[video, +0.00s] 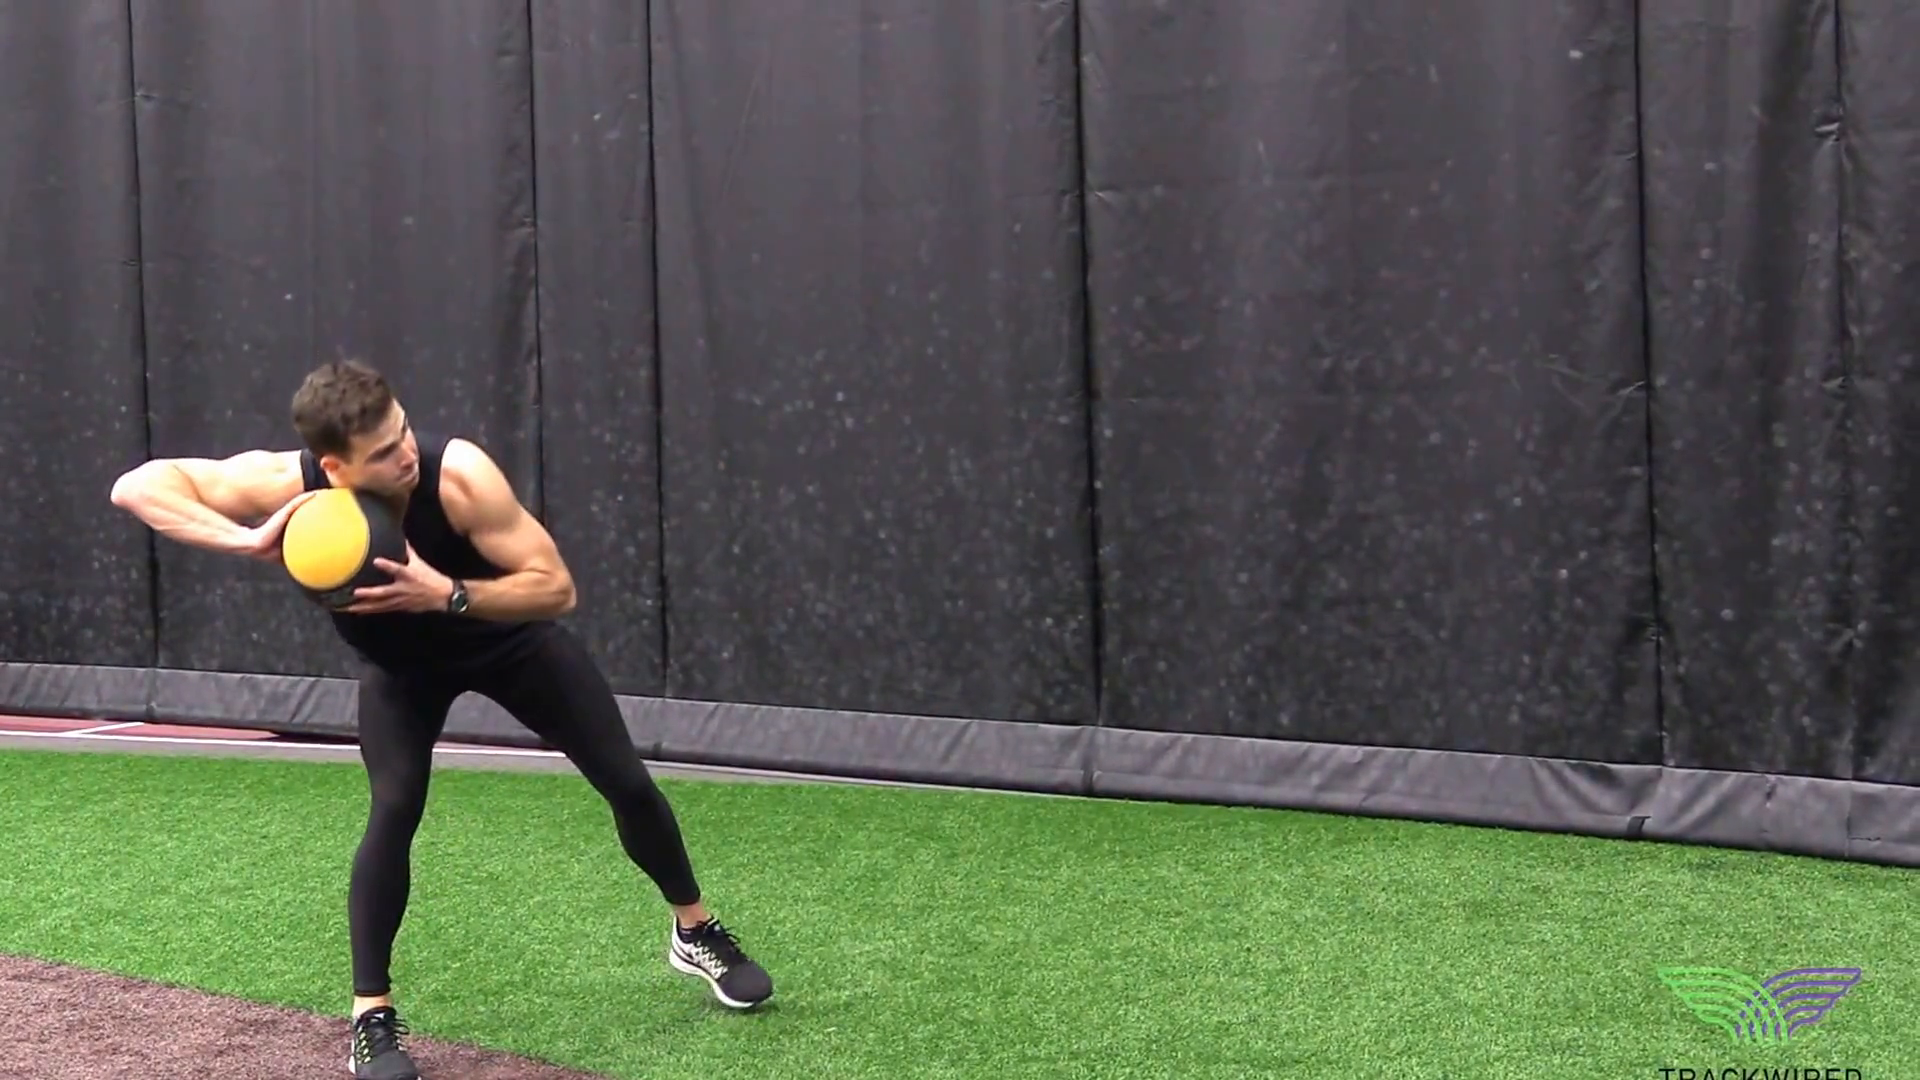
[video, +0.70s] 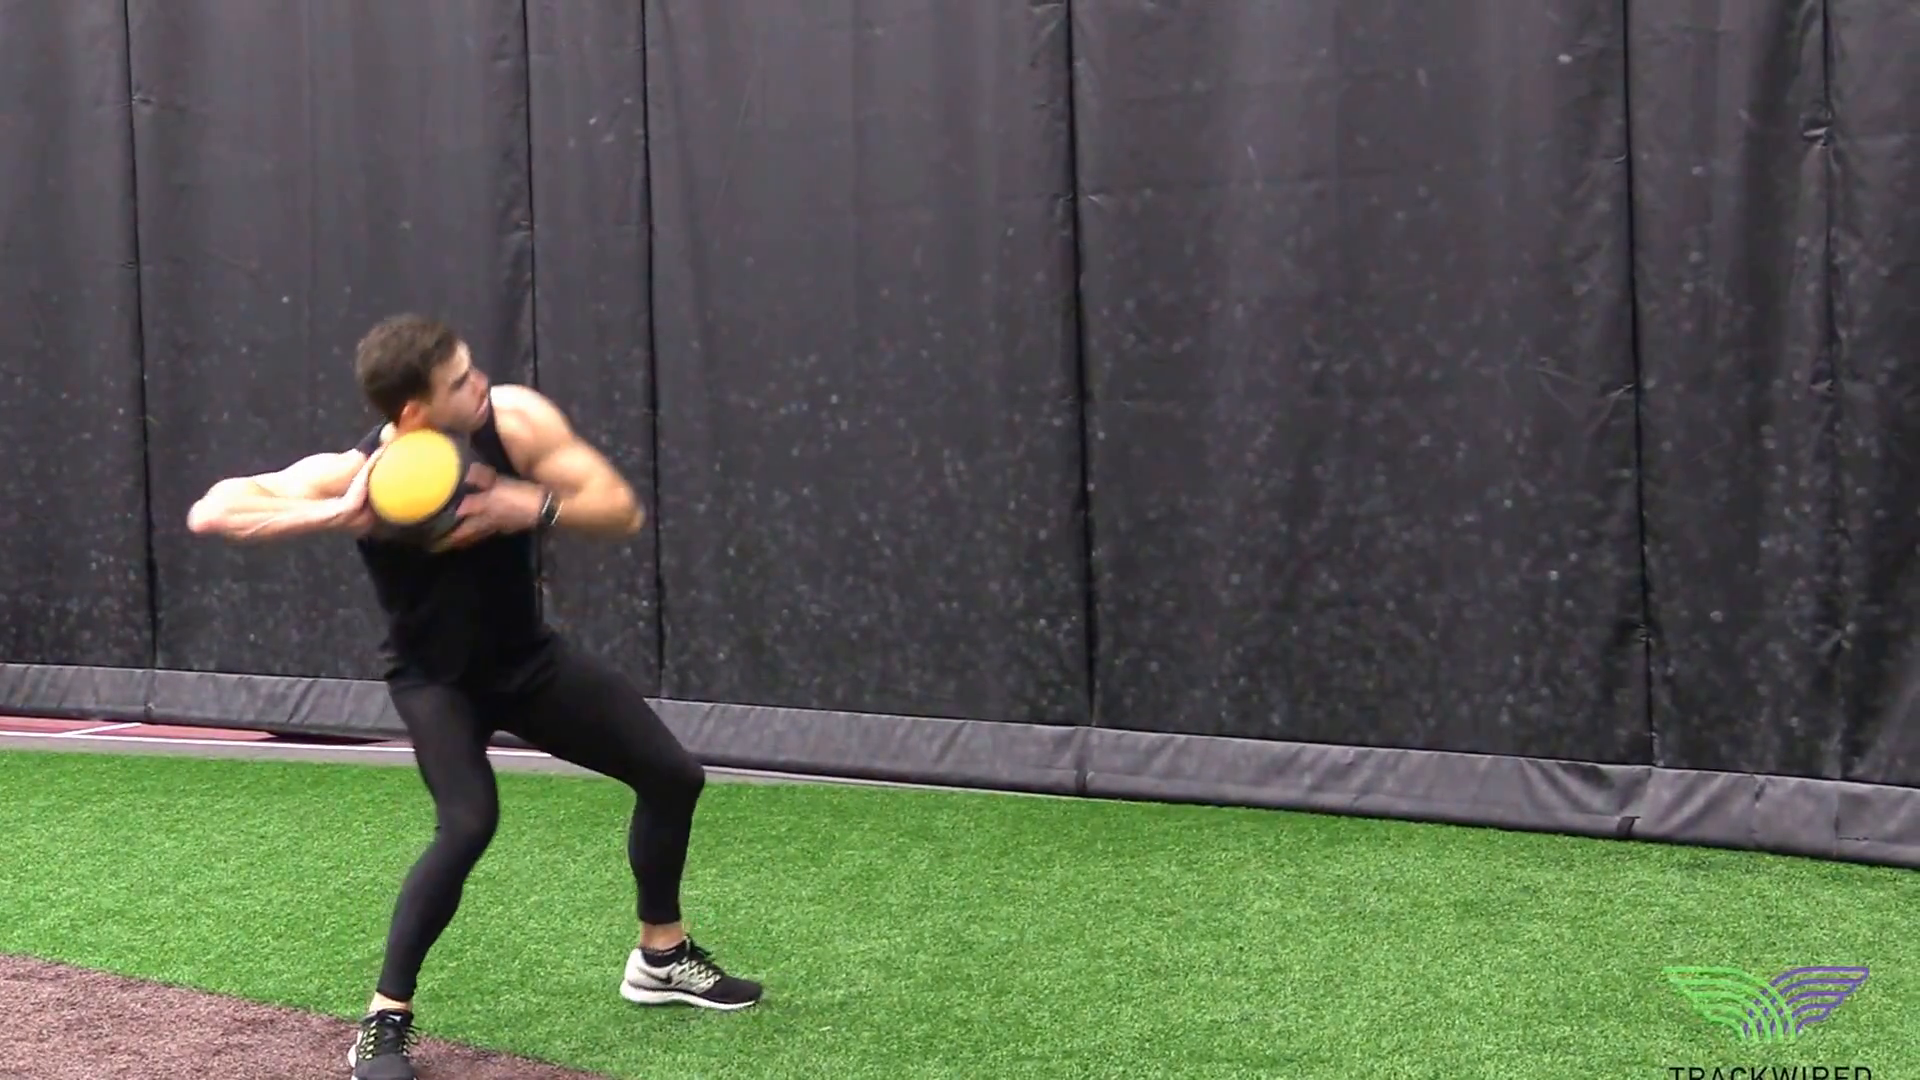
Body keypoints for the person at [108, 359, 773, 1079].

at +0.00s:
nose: (407, 454)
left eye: (405, 434)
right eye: (384, 453)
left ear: (408, 414)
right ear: (331, 465)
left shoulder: (462, 474)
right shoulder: (288, 484)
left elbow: (556, 589)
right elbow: (135, 486)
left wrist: (449, 593)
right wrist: (240, 539)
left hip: (516, 639)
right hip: (402, 663)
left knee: (628, 781)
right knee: (395, 806)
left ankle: (699, 929)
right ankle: (373, 1013)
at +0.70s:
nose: (480, 385)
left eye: (473, 370)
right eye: (459, 383)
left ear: (474, 365)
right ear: (412, 413)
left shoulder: (519, 419)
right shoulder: (358, 473)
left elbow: (622, 509)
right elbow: (209, 513)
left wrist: (536, 506)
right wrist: (333, 514)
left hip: (531, 660)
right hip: (435, 682)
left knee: (673, 775)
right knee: (469, 820)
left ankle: (662, 954)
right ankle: (388, 1016)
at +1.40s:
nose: (539, 206)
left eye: (528, 199)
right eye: (533, 200)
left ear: (460, 257)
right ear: (526, 224)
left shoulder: (447, 356)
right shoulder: (584, 257)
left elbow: (493, 434)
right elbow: (625, 164)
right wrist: (627, 146)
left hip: (560, 576)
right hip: (638, 558)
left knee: (615, 771)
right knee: (656, 767)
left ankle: (653, 965)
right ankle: (541, 941)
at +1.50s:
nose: (563, 209)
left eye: (548, 202)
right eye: (554, 204)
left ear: (478, 250)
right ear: (547, 224)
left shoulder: (469, 353)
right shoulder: (605, 269)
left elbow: (473, 449)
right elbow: (575, 286)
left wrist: (494, 324)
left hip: (578, 577)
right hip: (659, 563)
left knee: (622, 773)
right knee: (663, 770)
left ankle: (656, 963)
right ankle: (576, 945)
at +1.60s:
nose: (577, 207)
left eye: (565, 200)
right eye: (570, 202)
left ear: (496, 249)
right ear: (567, 226)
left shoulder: (495, 346)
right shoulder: (621, 273)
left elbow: (471, 462)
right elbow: (575, 328)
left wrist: (468, 370)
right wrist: (492, 334)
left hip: (589, 574)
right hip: (674, 565)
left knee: (627, 764)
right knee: (661, 768)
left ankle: (658, 963)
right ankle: (593, 946)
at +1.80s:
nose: (597, 198)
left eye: (584, 193)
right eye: (592, 194)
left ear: (517, 243)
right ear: (586, 222)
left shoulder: (519, 346)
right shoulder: (643, 274)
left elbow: (492, 469)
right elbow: (602, 351)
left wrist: (482, 378)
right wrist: (507, 352)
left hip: (598, 574)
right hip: (688, 566)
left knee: (632, 766)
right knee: (657, 767)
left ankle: (659, 962)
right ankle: (598, 942)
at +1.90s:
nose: (605, 200)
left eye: (593, 194)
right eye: (600, 195)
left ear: (524, 240)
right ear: (593, 220)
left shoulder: (527, 345)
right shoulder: (653, 275)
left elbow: (494, 479)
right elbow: (622, 390)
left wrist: (497, 375)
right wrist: (537, 483)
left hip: (599, 571)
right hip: (686, 564)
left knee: (634, 766)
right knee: (653, 768)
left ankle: (660, 962)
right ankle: (597, 945)